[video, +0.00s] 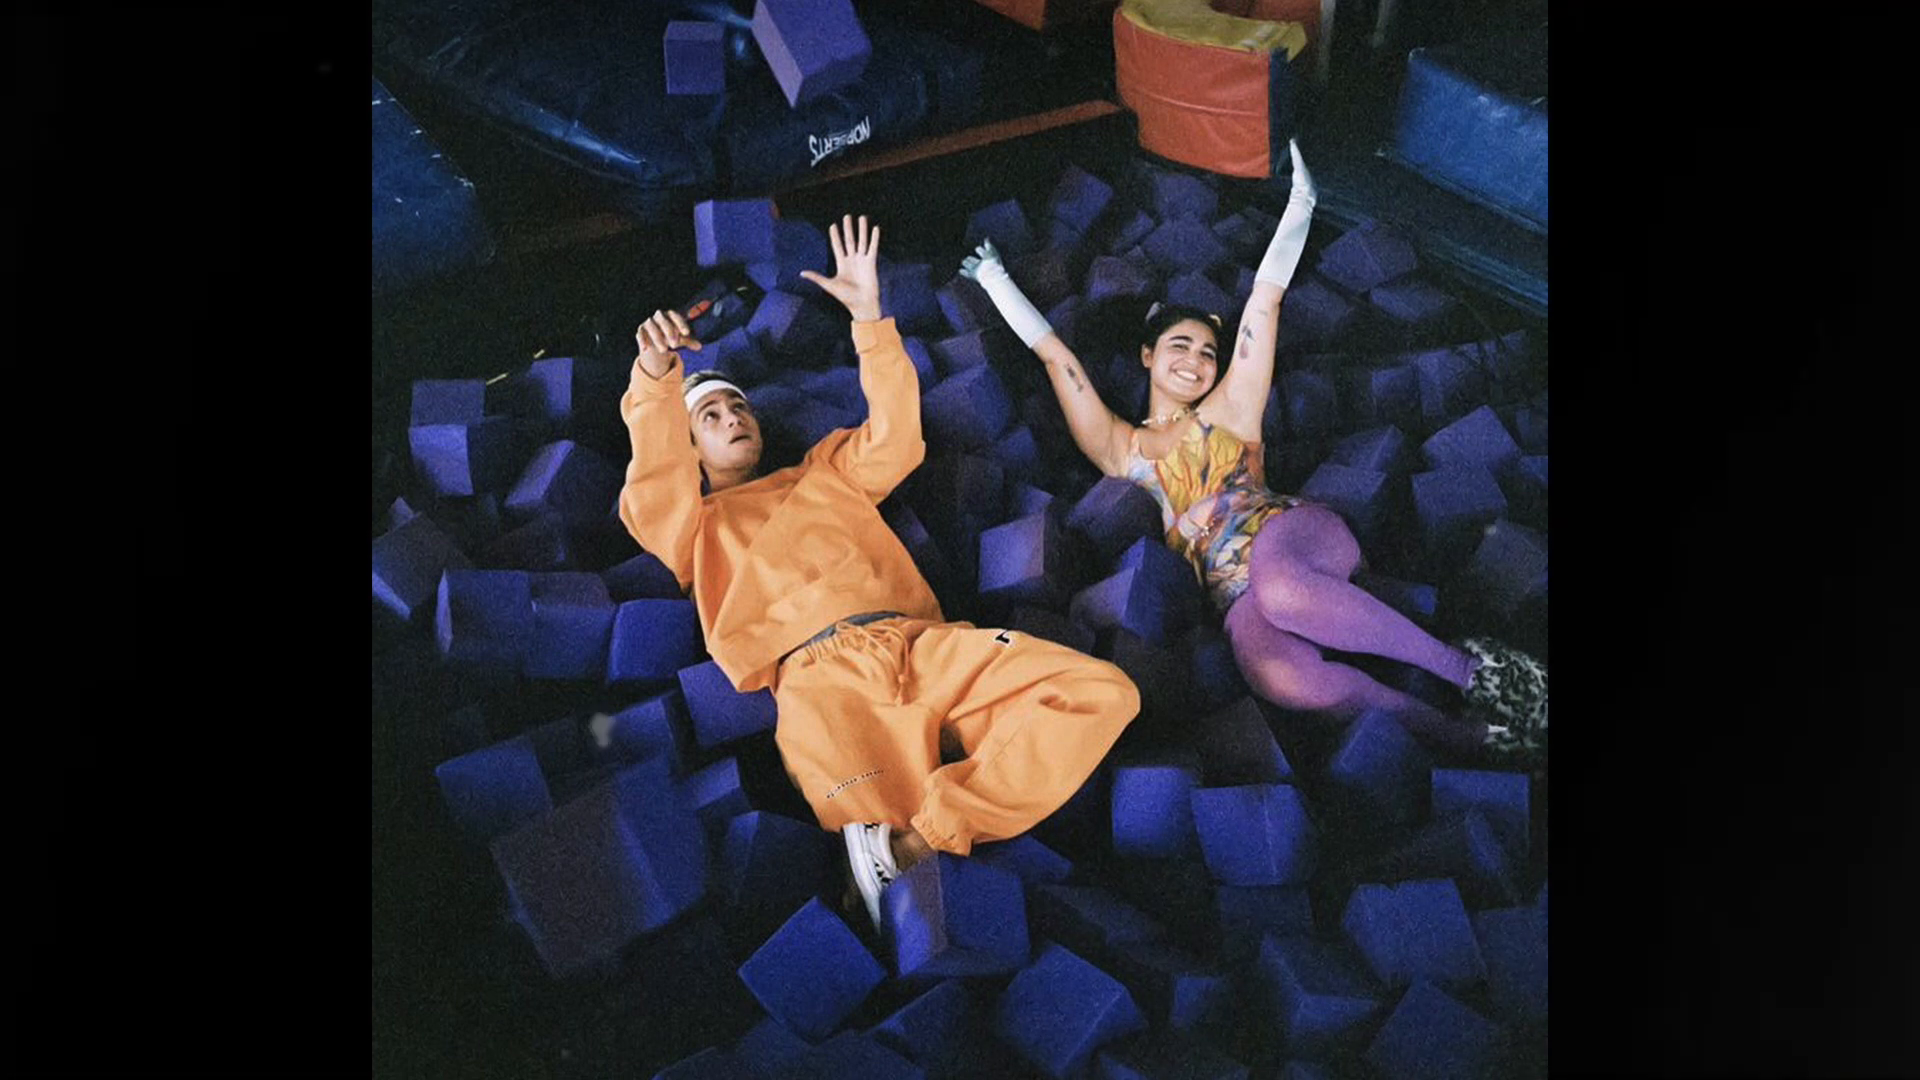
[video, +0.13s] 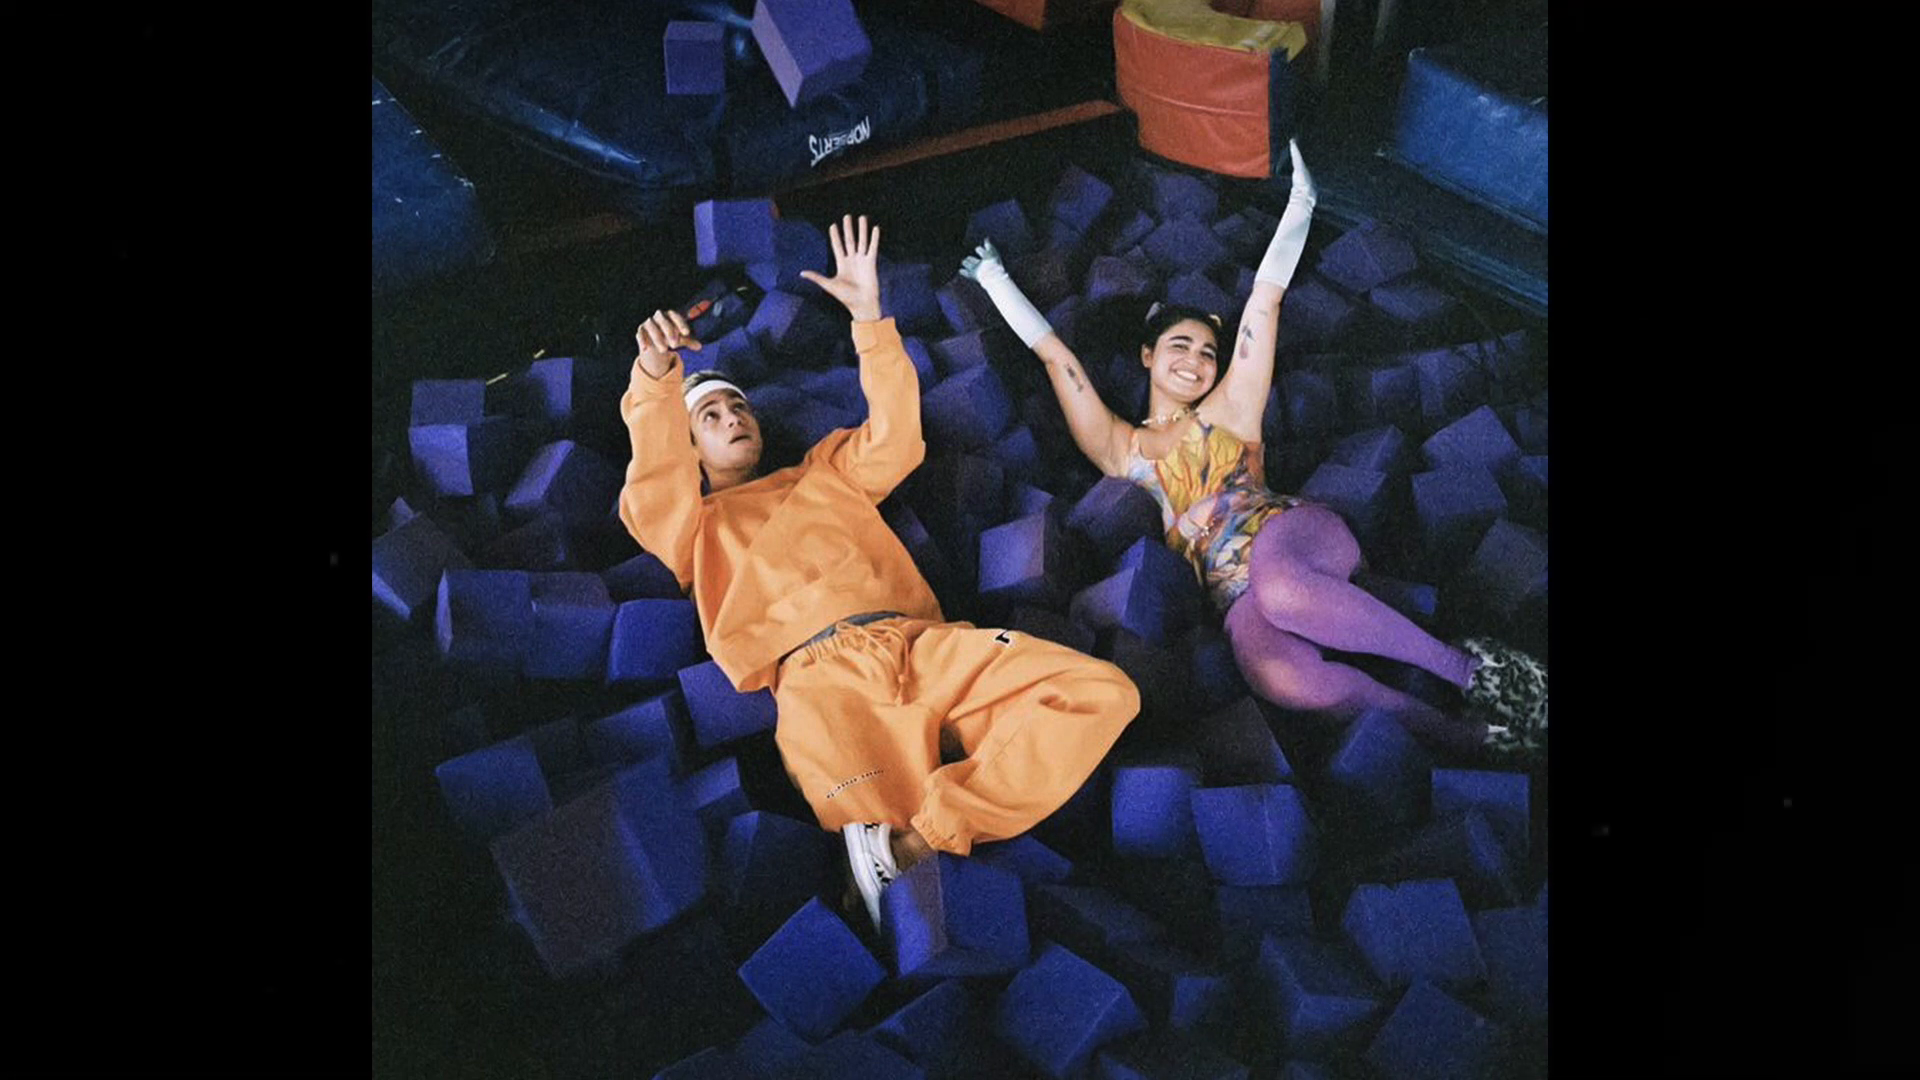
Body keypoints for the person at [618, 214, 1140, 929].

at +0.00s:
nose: (731, 418)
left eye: (738, 407)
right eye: (709, 415)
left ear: (760, 425)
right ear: (687, 449)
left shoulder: (827, 468)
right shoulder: (696, 525)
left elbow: (895, 436)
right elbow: (655, 477)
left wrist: (868, 317)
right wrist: (655, 373)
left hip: (918, 641)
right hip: (820, 673)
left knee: (1094, 692)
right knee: (884, 833)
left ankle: (916, 841)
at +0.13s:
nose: (731, 418)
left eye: (738, 407)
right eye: (709, 415)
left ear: (760, 425)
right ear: (688, 449)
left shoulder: (827, 468)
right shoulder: (696, 525)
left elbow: (895, 436)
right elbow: (655, 477)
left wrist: (868, 317)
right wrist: (655, 373)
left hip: (918, 641)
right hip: (820, 673)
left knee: (1094, 692)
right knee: (883, 831)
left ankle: (916, 841)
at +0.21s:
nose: (731, 418)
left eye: (738, 407)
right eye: (709, 415)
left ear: (760, 425)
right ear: (688, 449)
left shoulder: (827, 468)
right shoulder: (696, 525)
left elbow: (895, 436)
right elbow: (655, 477)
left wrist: (868, 317)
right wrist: (655, 373)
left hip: (918, 641)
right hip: (820, 673)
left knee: (1094, 692)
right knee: (883, 831)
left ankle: (916, 841)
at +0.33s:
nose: (731, 418)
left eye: (738, 407)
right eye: (709, 415)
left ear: (760, 425)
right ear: (688, 448)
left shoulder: (827, 468)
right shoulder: (695, 525)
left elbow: (895, 436)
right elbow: (655, 476)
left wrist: (868, 317)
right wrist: (655, 373)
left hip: (918, 640)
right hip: (820, 672)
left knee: (1094, 693)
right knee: (881, 828)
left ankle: (917, 841)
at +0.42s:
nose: (731, 418)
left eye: (738, 407)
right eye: (709, 415)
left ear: (760, 425)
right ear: (688, 449)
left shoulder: (827, 468)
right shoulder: (696, 525)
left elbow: (895, 436)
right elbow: (655, 476)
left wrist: (868, 317)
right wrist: (655, 373)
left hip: (918, 641)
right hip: (820, 673)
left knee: (1094, 692)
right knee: (883, 831)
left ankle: (916, 841)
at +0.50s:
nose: (731, 418)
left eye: (738, 407)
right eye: (709, 415)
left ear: (760, 425)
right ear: (688, 448)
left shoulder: (827, 468)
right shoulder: (695, 525)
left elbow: (895, 436)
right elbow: (655, 476)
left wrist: (868, 317)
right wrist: (655, 373)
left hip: (918, 640)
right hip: (820, 672)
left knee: (1094, 693)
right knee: (881, 828)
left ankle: (917, 841)